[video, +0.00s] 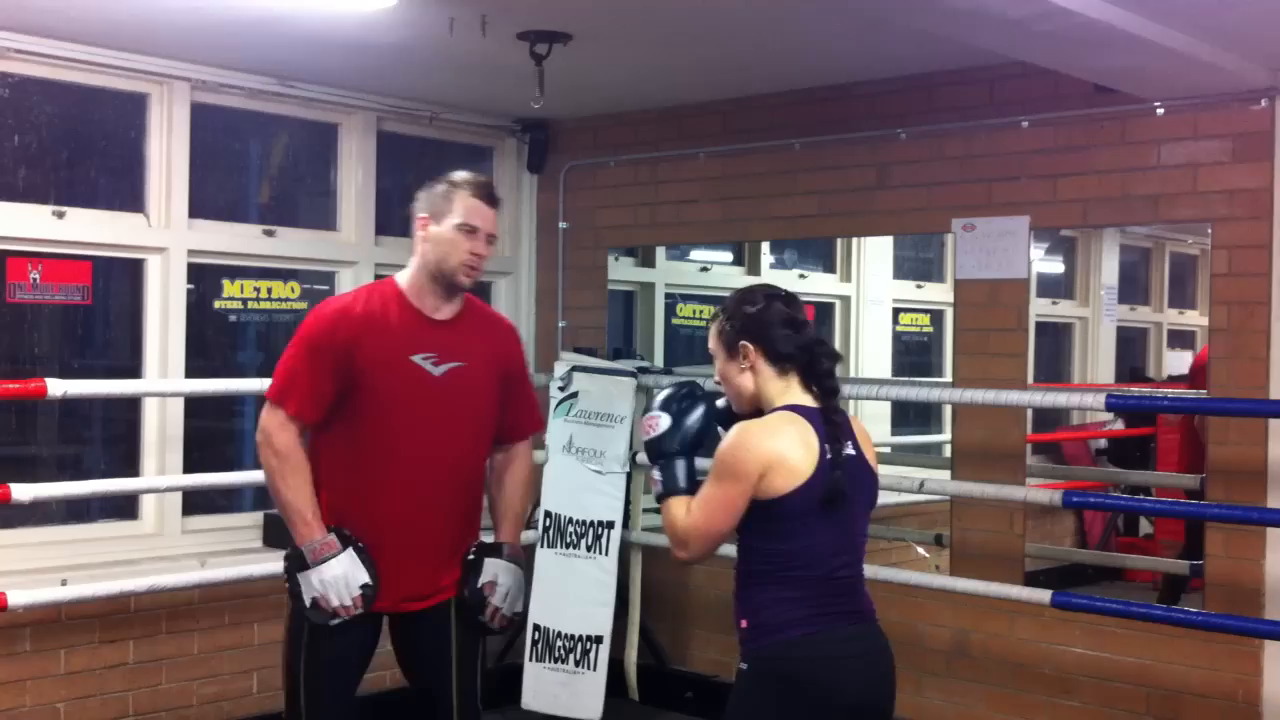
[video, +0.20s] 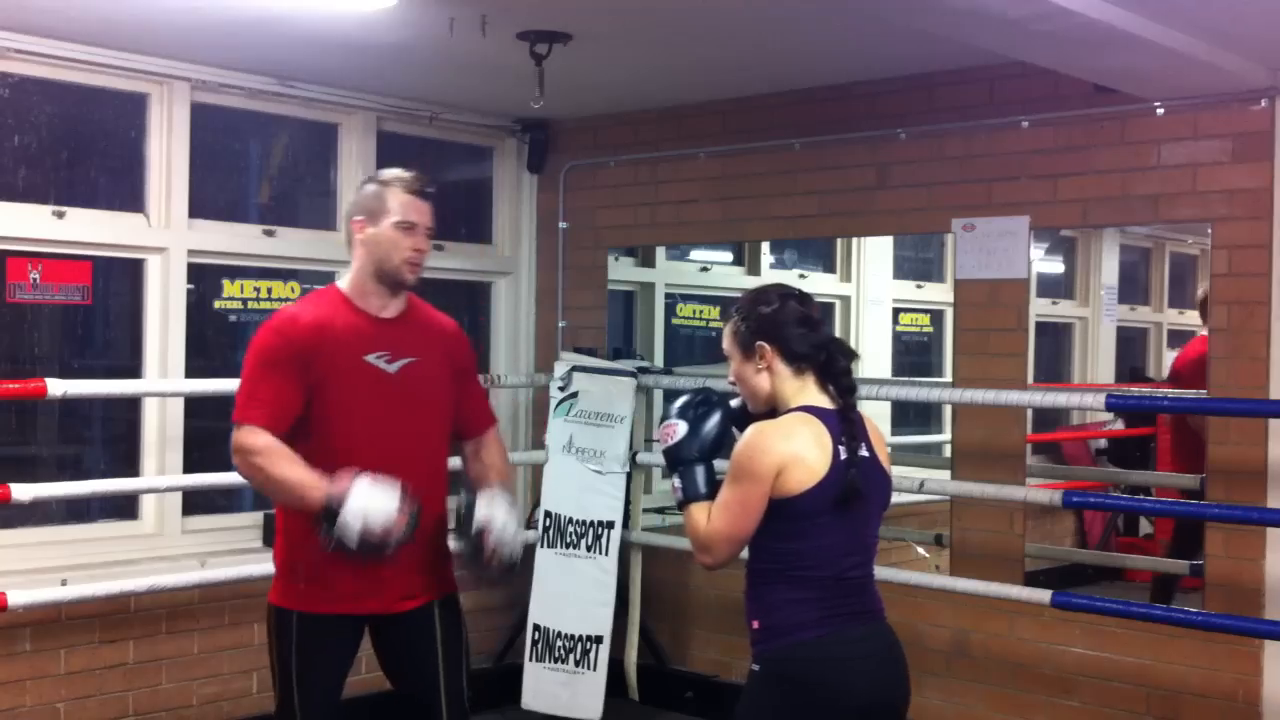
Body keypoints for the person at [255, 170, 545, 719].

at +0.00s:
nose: (482, 249)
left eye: (490, 238)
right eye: (469, 231)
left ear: (493, 246)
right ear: (422, 228)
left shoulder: (497, 338)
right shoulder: (343, 321)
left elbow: (513, 447)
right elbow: (277, 427)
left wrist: (508, 553)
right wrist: (317, 547)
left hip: (443, 586)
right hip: (341, 580)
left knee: (454, 710)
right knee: (317, 712)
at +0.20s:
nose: (422, 245)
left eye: (428, 234)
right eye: (408, 228)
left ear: (430, 242)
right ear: (360, 229)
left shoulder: (445, 336)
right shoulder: (295, 330)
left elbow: (481, 435)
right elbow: (251, 445)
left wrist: (494, 498)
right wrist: (331, 493)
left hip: (420, 586)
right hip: (317, 587)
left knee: (444, 708)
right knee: (305, 712)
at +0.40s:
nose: (391, 251)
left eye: (396, 237)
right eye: (377, 234)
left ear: (403, 239)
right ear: (329, 233)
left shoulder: (416, 327)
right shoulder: (273, 326)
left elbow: (468, 427)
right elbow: (270, 439)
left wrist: (489, 360)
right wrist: (348, 358)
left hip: (408, 570)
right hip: (309, 575)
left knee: (439, 708)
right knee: (299, 712)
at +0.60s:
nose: (392, 256)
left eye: (399, 242)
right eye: (377, 240)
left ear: (408, 245)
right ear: (332, 239)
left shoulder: (419, 329)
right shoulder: (279, 327)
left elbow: (489, 413)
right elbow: (308, 420)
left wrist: (495, 333)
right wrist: (375, 324)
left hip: (414, 575)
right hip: (315, 580)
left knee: (443, 709)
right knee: (304, 712)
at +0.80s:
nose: (398, 255)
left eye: (406, 242)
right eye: (384, 239)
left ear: (415, 244)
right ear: (338, 237)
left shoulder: (431, 328)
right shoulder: (285, 326)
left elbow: (498, 407)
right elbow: (311, 418)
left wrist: (518, 346)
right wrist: (378, 323)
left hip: (418, 577)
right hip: (318, 581)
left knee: (444, 709)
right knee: (306, 712)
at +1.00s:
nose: (388, 257)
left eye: (395, 243)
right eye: (373, 241)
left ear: (402, 244)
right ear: (327, 241)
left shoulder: (420, 327)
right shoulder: (275, 330)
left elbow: (482, 413)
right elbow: (292, 433)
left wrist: (495, 338)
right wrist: (353, 336)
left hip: (415, 583)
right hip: (311, 588)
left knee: (442, 710)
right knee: (301, 712)